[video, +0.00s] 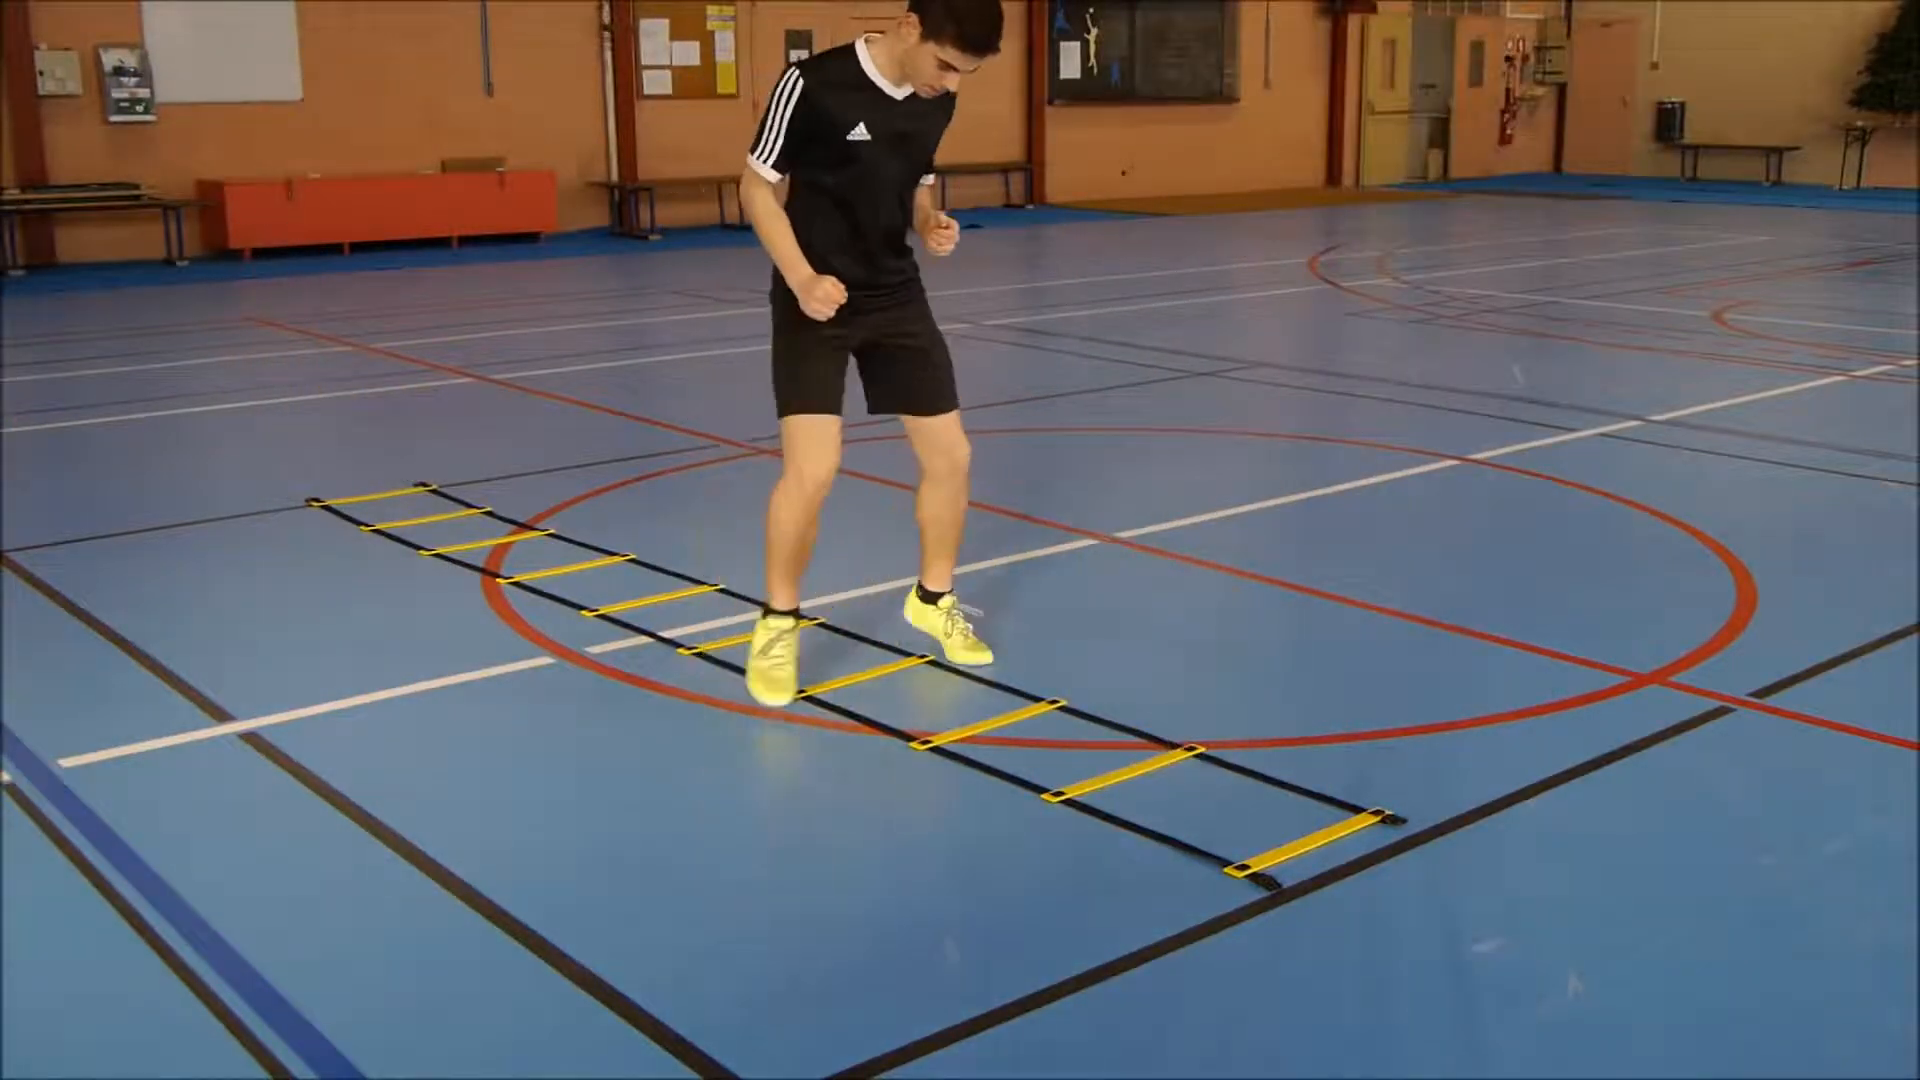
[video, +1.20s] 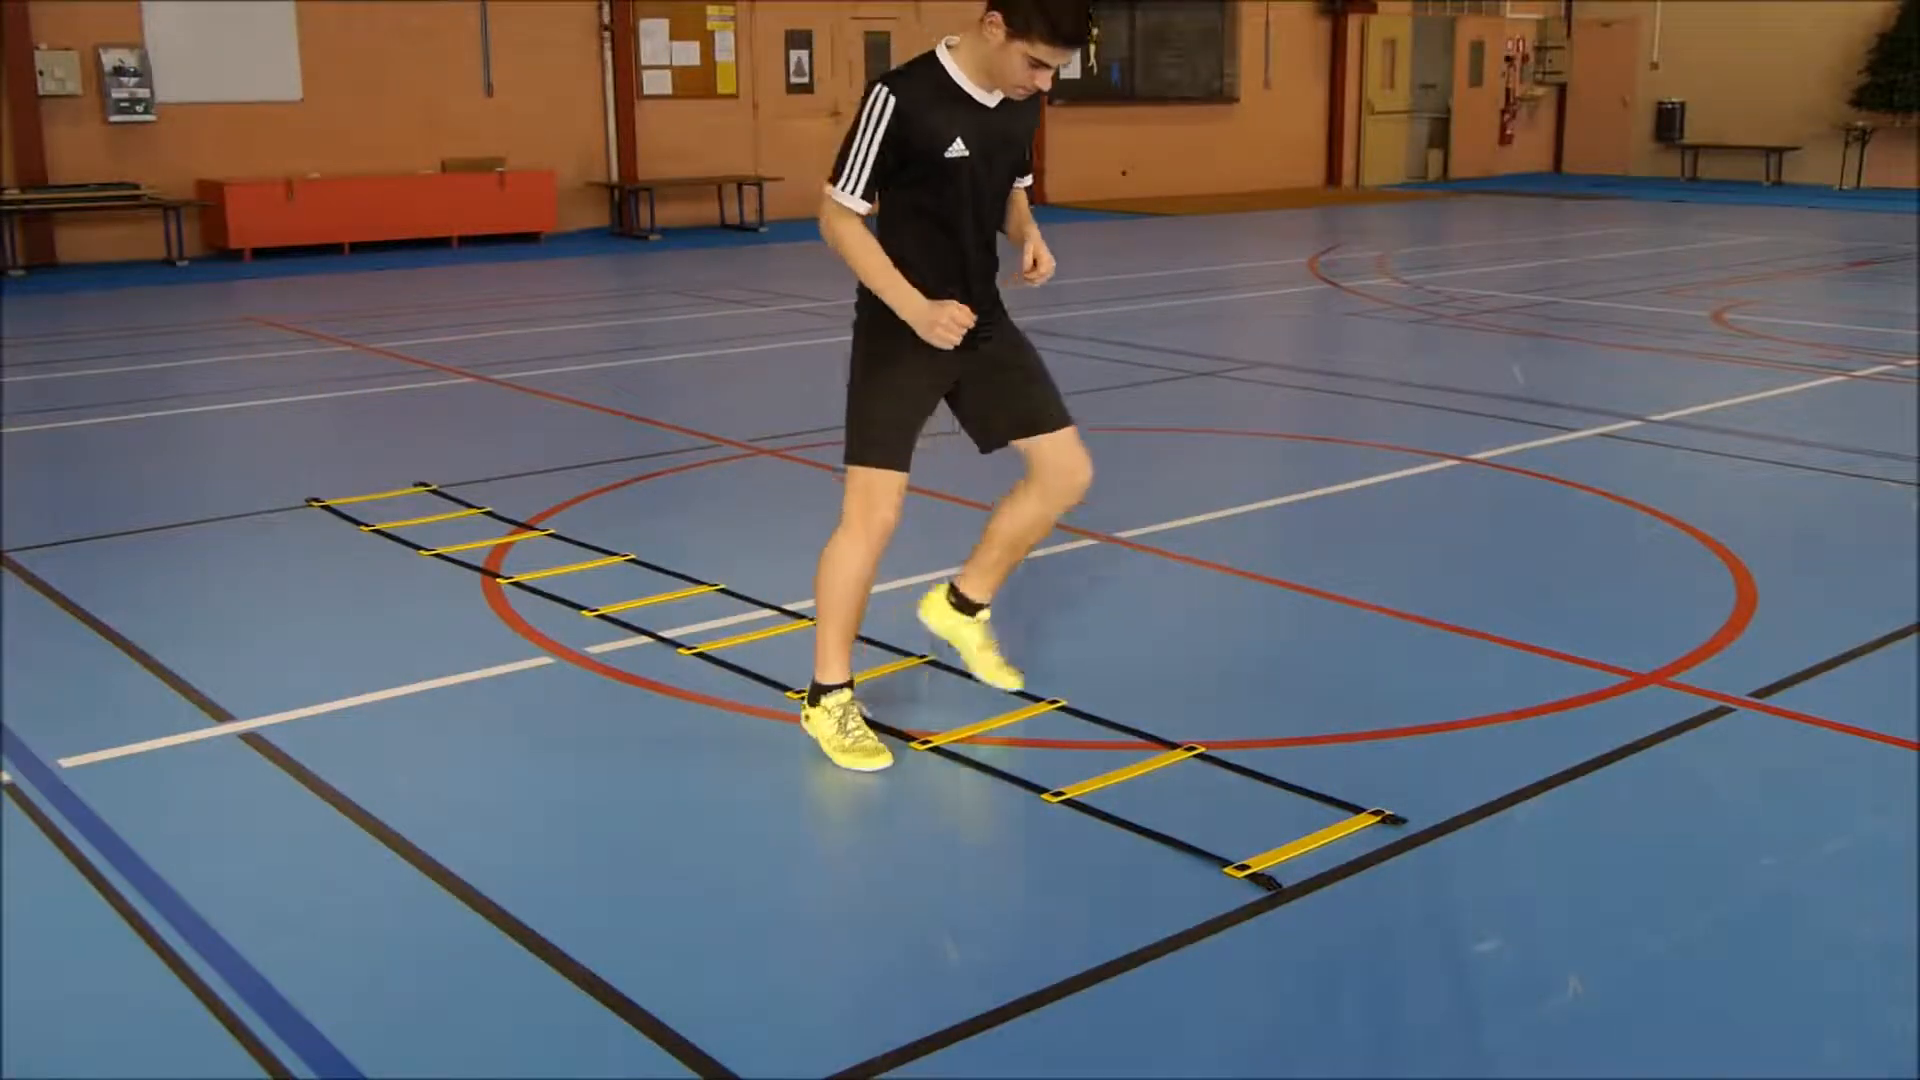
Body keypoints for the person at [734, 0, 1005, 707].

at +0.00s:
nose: (951, 83)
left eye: (962, 72)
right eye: (944, 65)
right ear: (905, 27)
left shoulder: (938, 96)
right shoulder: (809, 84)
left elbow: (918, 180)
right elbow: (757, 187)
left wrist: (930, 222)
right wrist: (801, 278)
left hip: (894, 289)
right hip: (811, 292)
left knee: (948, 453)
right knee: (812, 467)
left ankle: (933, 599)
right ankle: (779, 620)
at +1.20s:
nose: (1044, 84)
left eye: (1055, 71)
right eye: (1037, 64)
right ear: (990, 26)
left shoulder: (1022, 98)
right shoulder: (899, 95)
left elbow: (1006, 187)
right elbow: (837, 217)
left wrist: (1029, 235)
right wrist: (914, 307)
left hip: (980, 318)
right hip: (895, 321)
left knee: (1064, 471)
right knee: (871, 513)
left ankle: (960, 606)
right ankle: (828, 695)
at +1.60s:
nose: (1095, 85)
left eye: (1107, 72)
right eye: (1089, 65)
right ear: (1044, 25)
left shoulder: (1083, 95)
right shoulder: (940, 89)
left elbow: (1075, 183)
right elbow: (886, 204)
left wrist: (1084, 236)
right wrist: (936, 298)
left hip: (1047, 319)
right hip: (958, 323)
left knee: (1085, 492)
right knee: (967, 511)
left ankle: (1063, 648)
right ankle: (936, 664)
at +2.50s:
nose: (1213, 98)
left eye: (1227, 86)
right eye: (1208, 77)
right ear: (1161, 32)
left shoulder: (1179, 108)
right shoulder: (1045, 103)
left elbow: (1160, 205)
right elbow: (974, 223)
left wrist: (1186, 252)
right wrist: (1021, 342)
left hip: (1120, 343)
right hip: (1034, 345)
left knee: (1180, 518)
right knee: (1023, 550)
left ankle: (1065, 654)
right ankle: (966, 744)